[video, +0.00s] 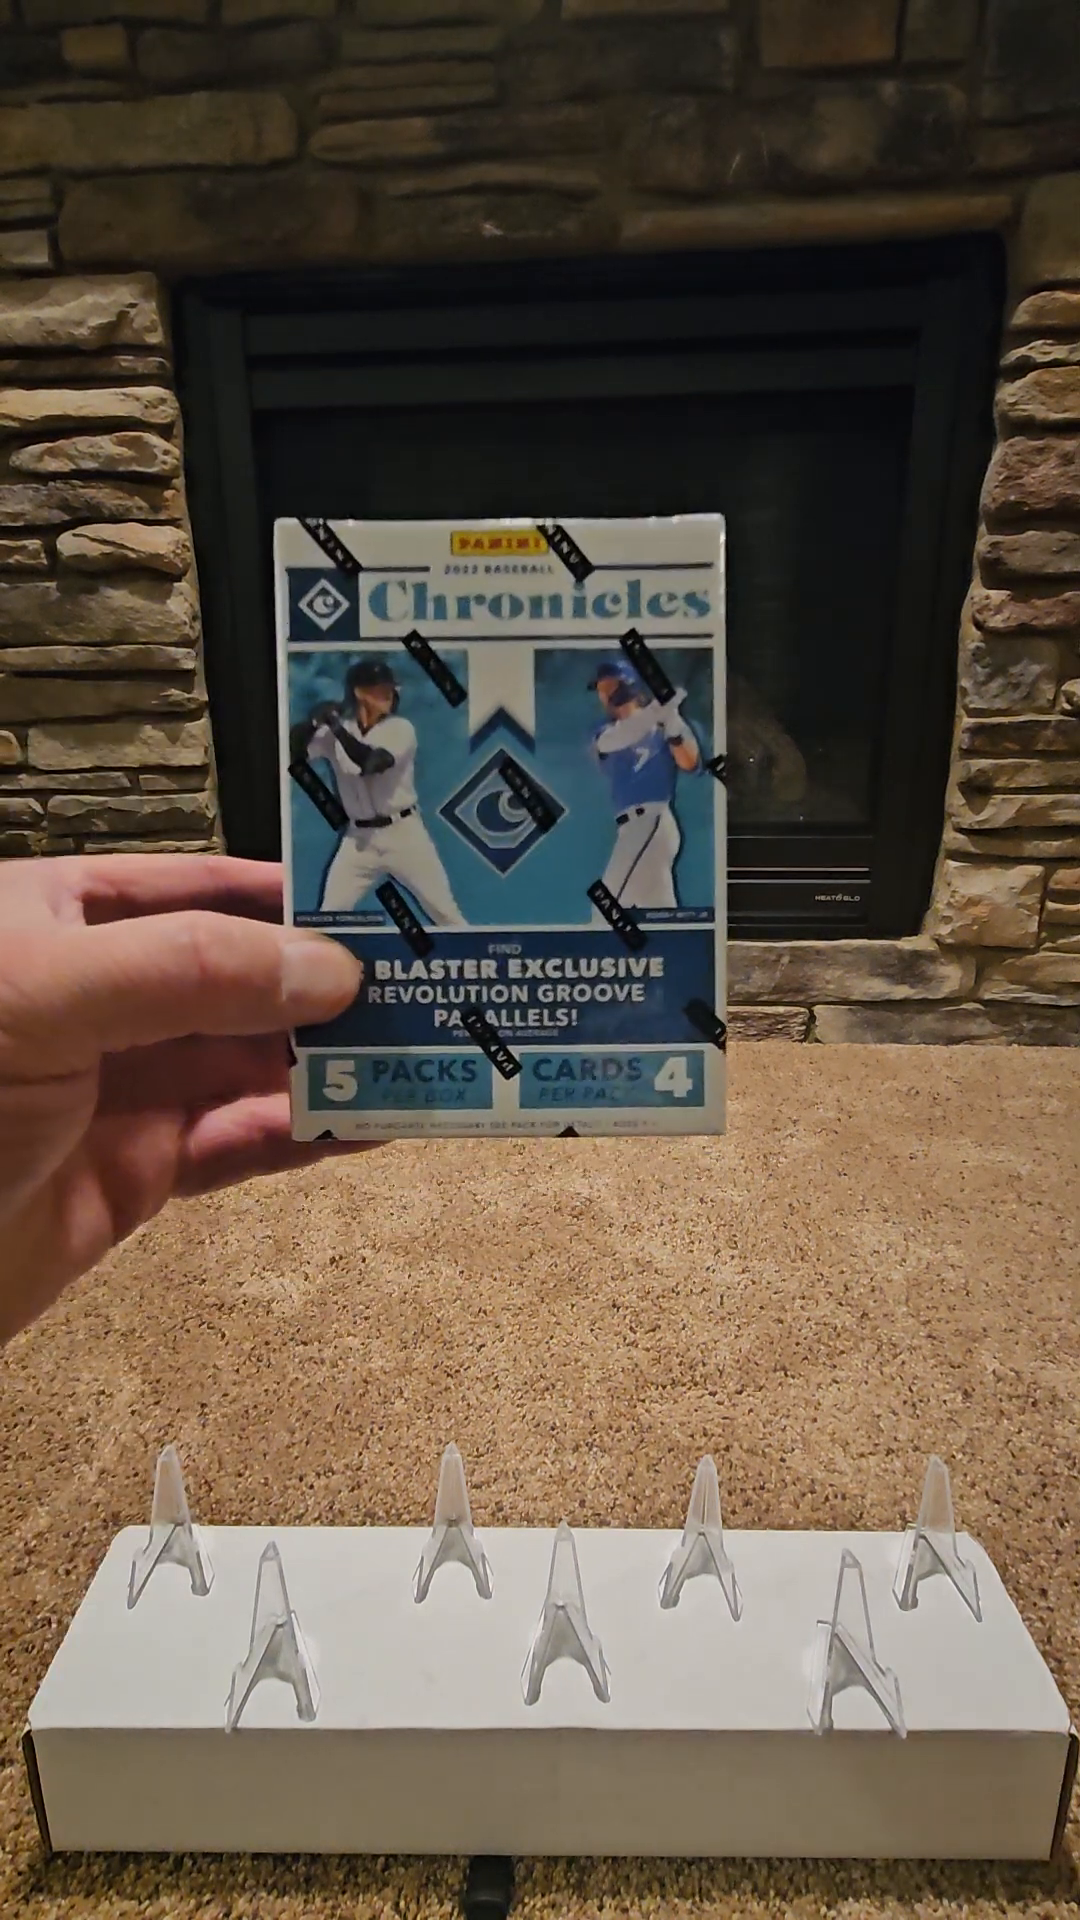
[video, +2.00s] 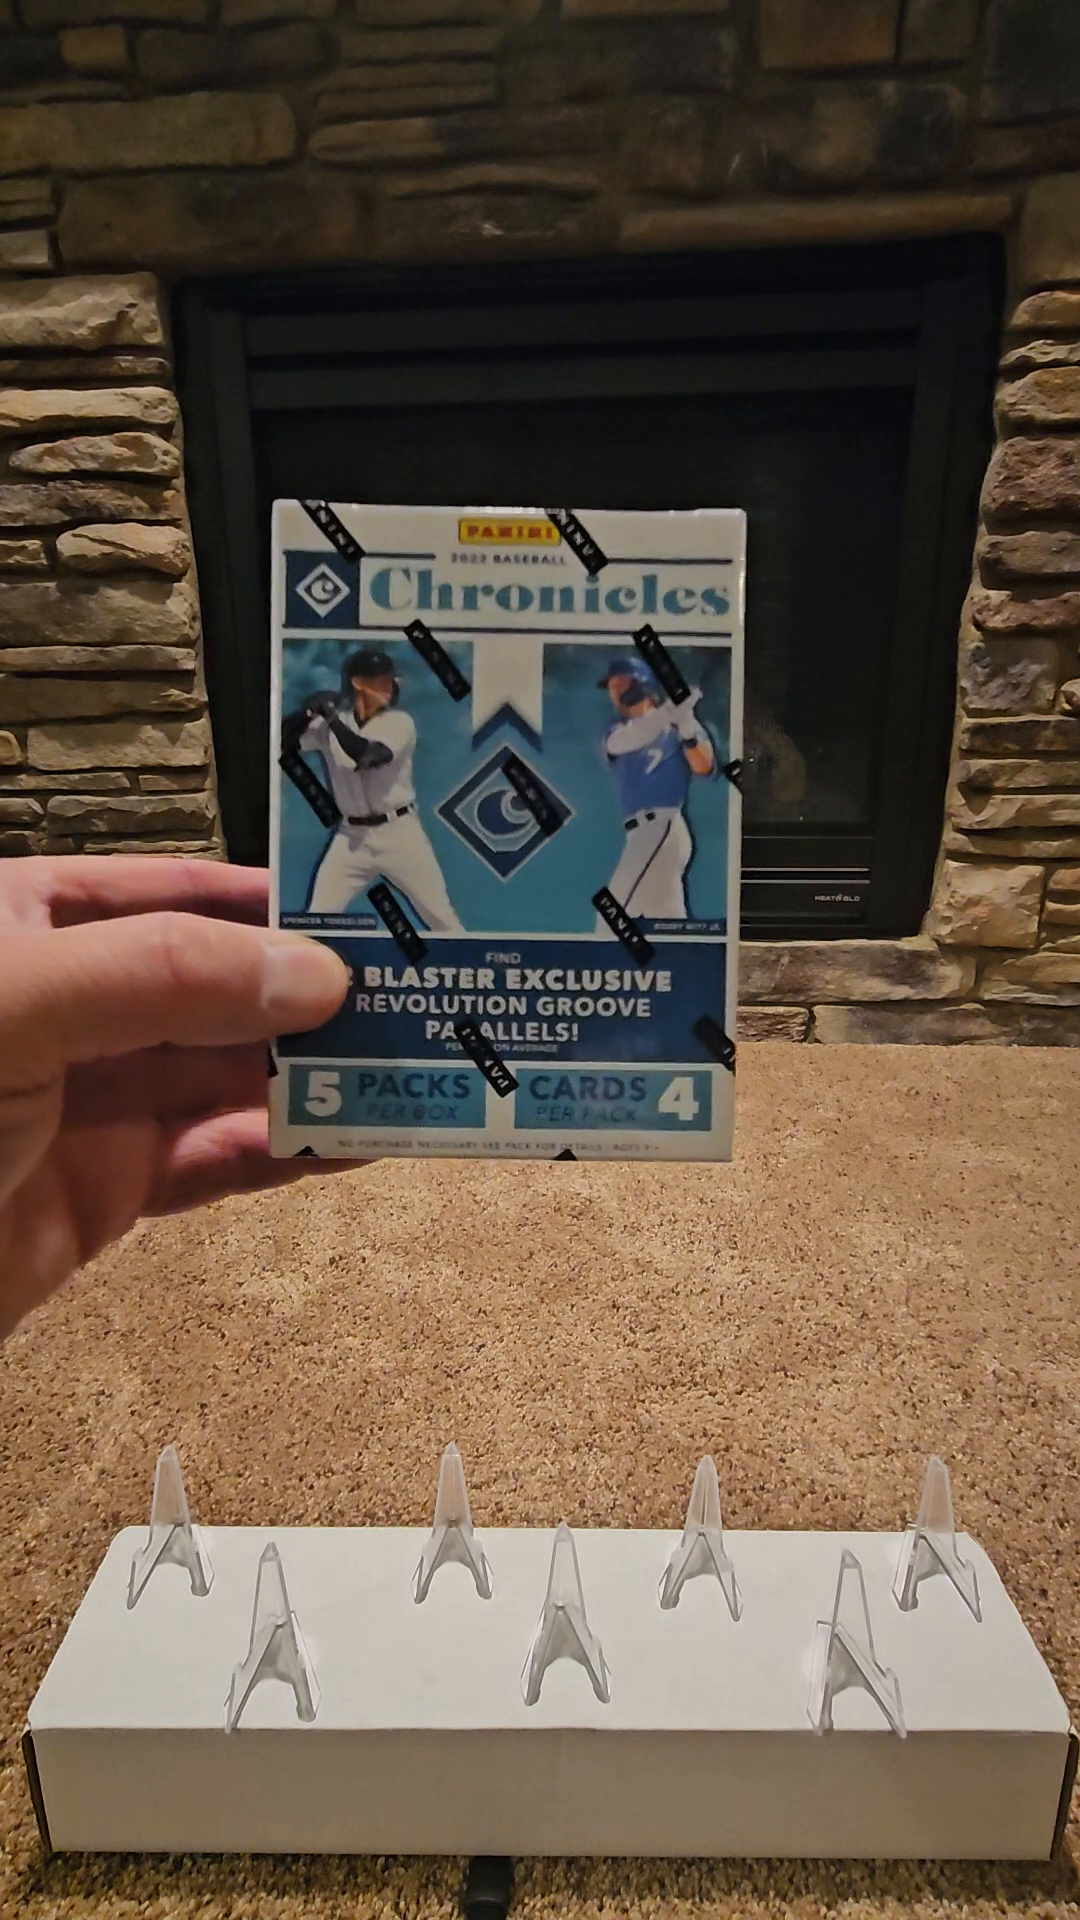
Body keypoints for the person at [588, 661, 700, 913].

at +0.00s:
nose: (602, 693)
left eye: (608, 685)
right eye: (600, 687)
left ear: (625, 685)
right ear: (599, 694)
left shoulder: (663, 721)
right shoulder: (605, 732)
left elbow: (690, 764)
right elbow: (620, 738)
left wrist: (673, 724)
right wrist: (654, 712)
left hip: (652, 823)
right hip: (632, 827)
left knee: (608, 906)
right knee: (660, 915)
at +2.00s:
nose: (614, 693)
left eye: (621, 684)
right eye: (611, 687)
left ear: (641, 685)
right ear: (609, 692)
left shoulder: (679, 723)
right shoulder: (616, 732)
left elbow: (704, 768)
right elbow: (628, 740)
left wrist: (686, 725)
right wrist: (669, 711)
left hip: (663, 830)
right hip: (641, 833)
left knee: (612, 915)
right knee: (670, 927)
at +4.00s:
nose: (607, 693)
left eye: (613, 684)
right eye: (603, 686)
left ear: (633, 686)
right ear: (600, 690)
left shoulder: (673, 721)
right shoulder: (607, 730)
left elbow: (696, 766)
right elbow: (614, 742)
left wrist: (677, 722)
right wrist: (658, 712)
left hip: (655, 829)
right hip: (633, 832)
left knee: (607, 916)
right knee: (665, 925)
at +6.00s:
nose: (605, 566)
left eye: (612, 555)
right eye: (601, 559)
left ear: (638, 557)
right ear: (598, 565)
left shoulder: (685, 603)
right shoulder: (607, 614)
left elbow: (716, 656)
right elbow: (629, 622)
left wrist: (694, 605)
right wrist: (671, 589)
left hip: (667, 733)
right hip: (639, 737)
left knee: (607, 839)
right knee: (676, 851)